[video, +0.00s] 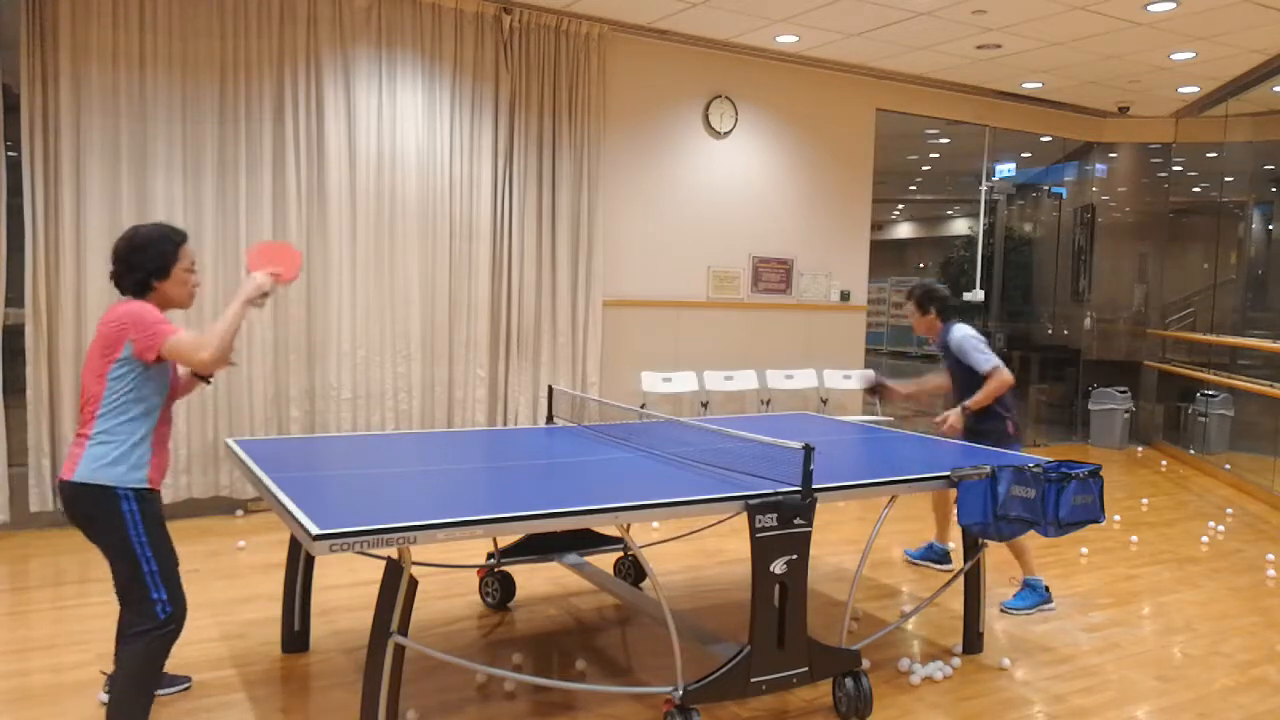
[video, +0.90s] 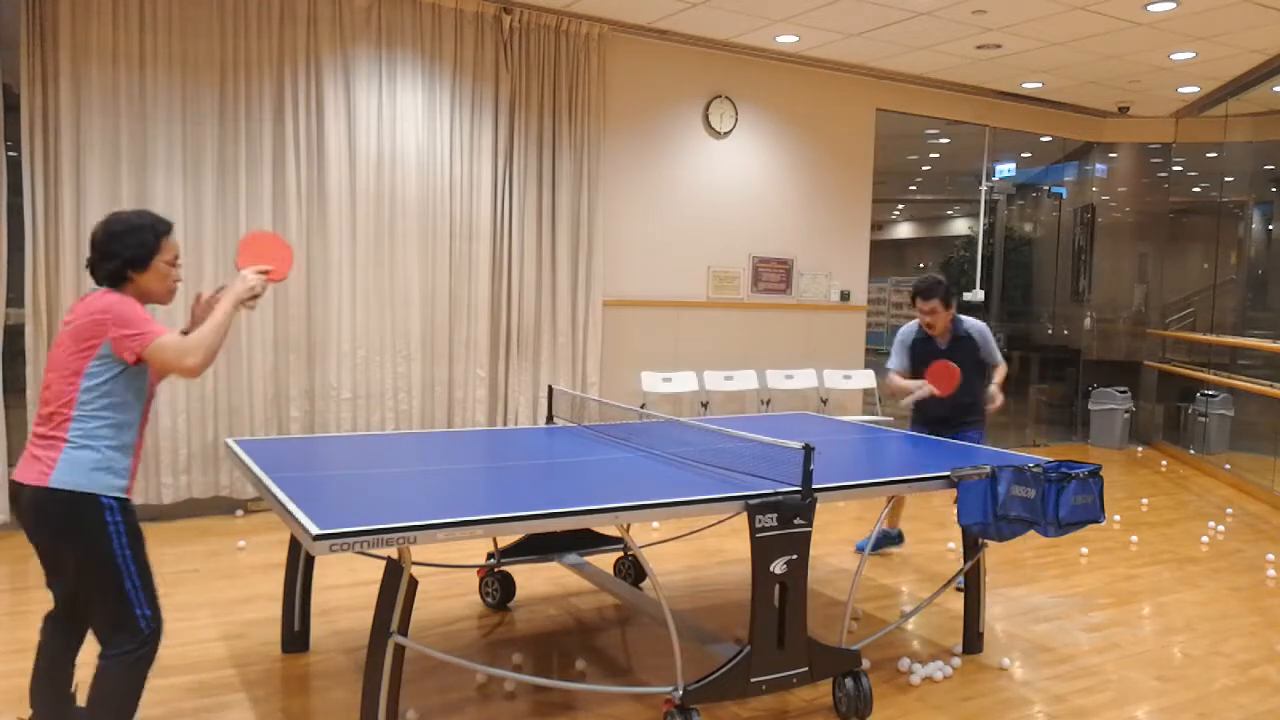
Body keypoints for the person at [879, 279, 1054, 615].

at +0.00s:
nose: (911, 323)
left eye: (913, 316)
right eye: (910, 316)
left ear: (932, 314)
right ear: (931, 313)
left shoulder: (961, 336)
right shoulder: (946, 340)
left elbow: (1003, 377)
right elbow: (952, 380)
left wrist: (963, 409)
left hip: (996, 437)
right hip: (971, 434)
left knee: (998, 510)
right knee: (939, 477)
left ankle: (1035, 585)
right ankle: (941, 547)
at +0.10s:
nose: (898, 313)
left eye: (901, 306)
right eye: (897, 306)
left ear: (920, 307)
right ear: (920, 308)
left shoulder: (949, 331)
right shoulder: (925, 337)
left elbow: (990, 368)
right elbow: (903, 356)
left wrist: (951, 394)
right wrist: (863, 354)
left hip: (982, 434)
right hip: (956, 432)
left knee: (993, 501)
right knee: (928, 482)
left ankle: (1023, 573)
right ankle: (938, 547)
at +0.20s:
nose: (894, 300)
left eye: (900, 293)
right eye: (894, 293)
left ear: (921, 294)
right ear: (915, 295)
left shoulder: (948, 321)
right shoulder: (909, 326)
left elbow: (986, 362)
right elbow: (878, 346)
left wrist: (943, 378)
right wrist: (842, 339)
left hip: (967, 424)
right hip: (936, 422)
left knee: (959, 491)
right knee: (915, 479)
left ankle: (983, 558)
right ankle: (935, 541)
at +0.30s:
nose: (895, 297)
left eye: (901, 290)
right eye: (894, 290)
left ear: (922, 293)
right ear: (900, 294)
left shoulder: (945, 322)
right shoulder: (901, 325)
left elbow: (978, 367)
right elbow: (868, 350)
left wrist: (936, 378)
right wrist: (835, 339)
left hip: (949, 422)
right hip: (918, 419)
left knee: (940, 484)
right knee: (894, 472)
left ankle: (957, 550)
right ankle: (911, 531)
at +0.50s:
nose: (885, 312)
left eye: (892, 306)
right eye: (882, 306)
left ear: (912, 310)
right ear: (879, 308)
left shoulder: (936, 340)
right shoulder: (882, 340)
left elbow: (962, 386)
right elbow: (865, 376)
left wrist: (924, 400)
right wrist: (839, 380)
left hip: (937, 427)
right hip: (901, 425)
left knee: (937, 488)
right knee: (876, 473)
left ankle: (959, 551)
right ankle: (884, 532)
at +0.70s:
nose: (899, 306)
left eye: (906, 300)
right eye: (895, 300)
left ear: (925, 303)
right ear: (892, 303)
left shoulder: (949, 333)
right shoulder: (890, 333)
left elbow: (982, 370)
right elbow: (876, 371)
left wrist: (957, 392)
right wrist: (876, 380)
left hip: (948, 424)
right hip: (909, 422)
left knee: (954, 487)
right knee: (887, 473)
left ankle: (972, 550)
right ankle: (884, 531)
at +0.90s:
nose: (925, 320)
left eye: (932, 313)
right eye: (920, 313)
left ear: (950, 308)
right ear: (915, 308)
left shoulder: (976, 331)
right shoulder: (908, 334)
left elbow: (999, 365)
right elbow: (892, 381)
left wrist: (994, 385)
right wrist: (914, 387)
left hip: (967, 423)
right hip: (924, 422)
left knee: (970, 487)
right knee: (899, 469)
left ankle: (972, 560)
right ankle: (890, 529)